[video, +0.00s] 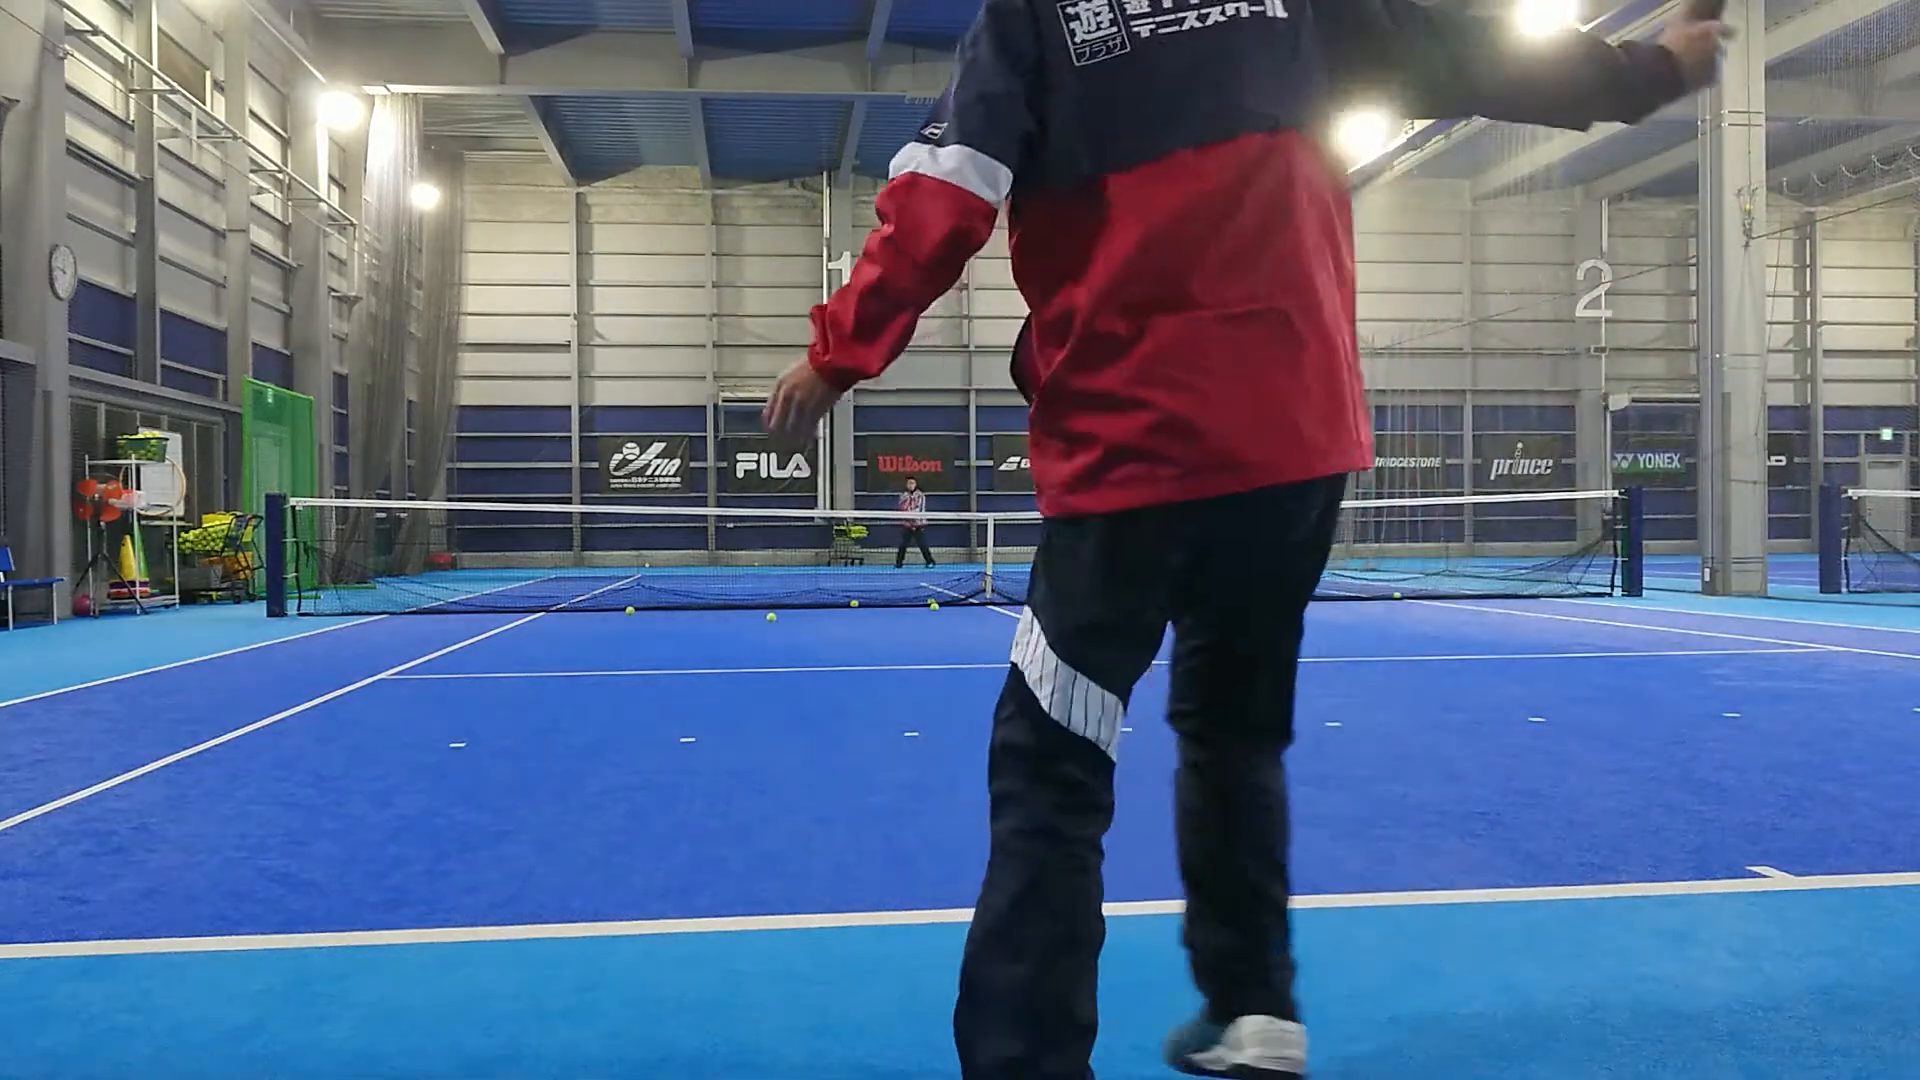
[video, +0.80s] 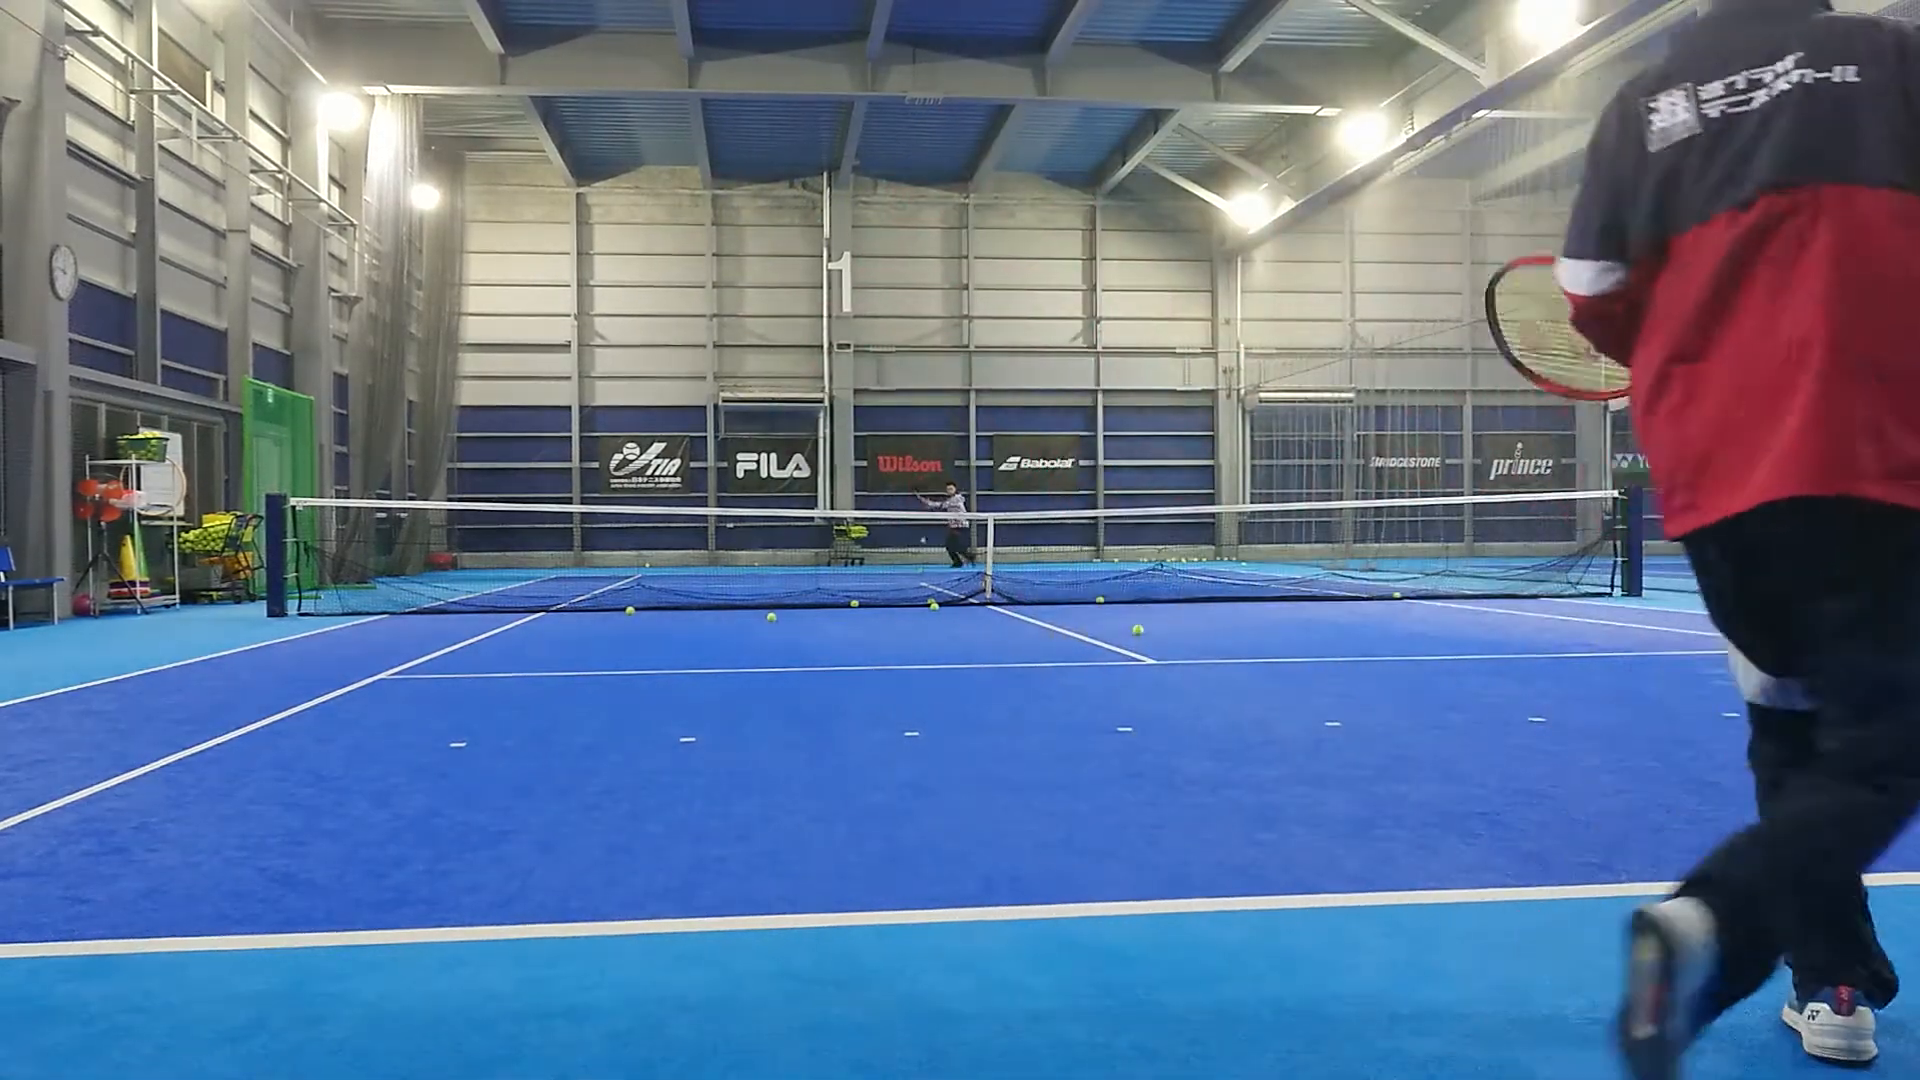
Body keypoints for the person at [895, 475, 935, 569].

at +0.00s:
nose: (911, 485)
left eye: (913, 483)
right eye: (909, 483)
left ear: (916, 484)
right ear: (906, 485)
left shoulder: (920, 496)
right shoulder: (903, 496)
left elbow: (922, 510)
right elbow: (900, 508)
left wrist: (922, 522)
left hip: (918, 523)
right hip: (906, 524)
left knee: (922, 544)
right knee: (903, 545)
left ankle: (929, 561)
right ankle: (899, 562)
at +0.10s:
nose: (915, 487)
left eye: (917, 484)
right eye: (913, 484)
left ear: (921, 486)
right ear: (911, 486)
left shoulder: (925, 496)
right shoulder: (910, 496)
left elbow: (927, 509)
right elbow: (905, 508)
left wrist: (927, 521)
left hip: (923, 523)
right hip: (913, 524)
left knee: (923, 545)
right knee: (908, 544)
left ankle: (930, 562)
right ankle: (901, 562)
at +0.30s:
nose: (925, 489)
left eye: (927, 487)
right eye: (924, 487)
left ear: (931, 488)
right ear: (921, 489)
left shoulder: (933, 498)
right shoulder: (921, 499)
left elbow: (928, 509)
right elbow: (920, 508)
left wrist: (917, 509)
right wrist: (916, 508)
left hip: (931, 523)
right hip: (923, 523)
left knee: (923, 542)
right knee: (920, 542)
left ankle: (931, 559)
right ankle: (930, 559)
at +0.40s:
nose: (931, 488)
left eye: (933, 486)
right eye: (929, 486)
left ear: (936, 488)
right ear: (926, 488)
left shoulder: (938, 497)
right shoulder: (926, 498)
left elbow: (929, 507)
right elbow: (925, 507)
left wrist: (917, 503)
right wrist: (917, 503)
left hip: (938, 523)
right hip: (930, 523)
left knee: (930, 544)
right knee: (928, 544)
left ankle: (943, 555)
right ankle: (930, 561)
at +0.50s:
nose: (935, 487)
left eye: (937, 485)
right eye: (933, 485)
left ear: (940, 486)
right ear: (930, 487)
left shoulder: (943, 495)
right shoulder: (932, 496)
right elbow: (927, 504)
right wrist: (918, 498)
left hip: (944, 521)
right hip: (937, 521)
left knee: (937, 543)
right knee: (940, 542)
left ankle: (933, 560)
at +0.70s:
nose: (944, 490)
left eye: (946, 488)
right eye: (942, 488)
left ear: (950, 488)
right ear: (941, 490)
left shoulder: (952, 498)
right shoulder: (943, 501)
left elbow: (958, 509)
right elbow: (933, 503)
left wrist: (959, 520)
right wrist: (923, 499)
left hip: (954, 523)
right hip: (948, 523)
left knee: (949, 544)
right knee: (948, 544)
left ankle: (957, 561)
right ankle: (955, 561)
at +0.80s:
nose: (949, 491)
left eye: (951, 489)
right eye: (948, 489)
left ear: (955, 489)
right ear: (946, 491)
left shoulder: (957, 499)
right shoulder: (950, 500)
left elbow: (941, 505)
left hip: (960, 525)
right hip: (953, 525)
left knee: (957, 545)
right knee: (949, 545)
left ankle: (970, 557)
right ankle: (957, 562)